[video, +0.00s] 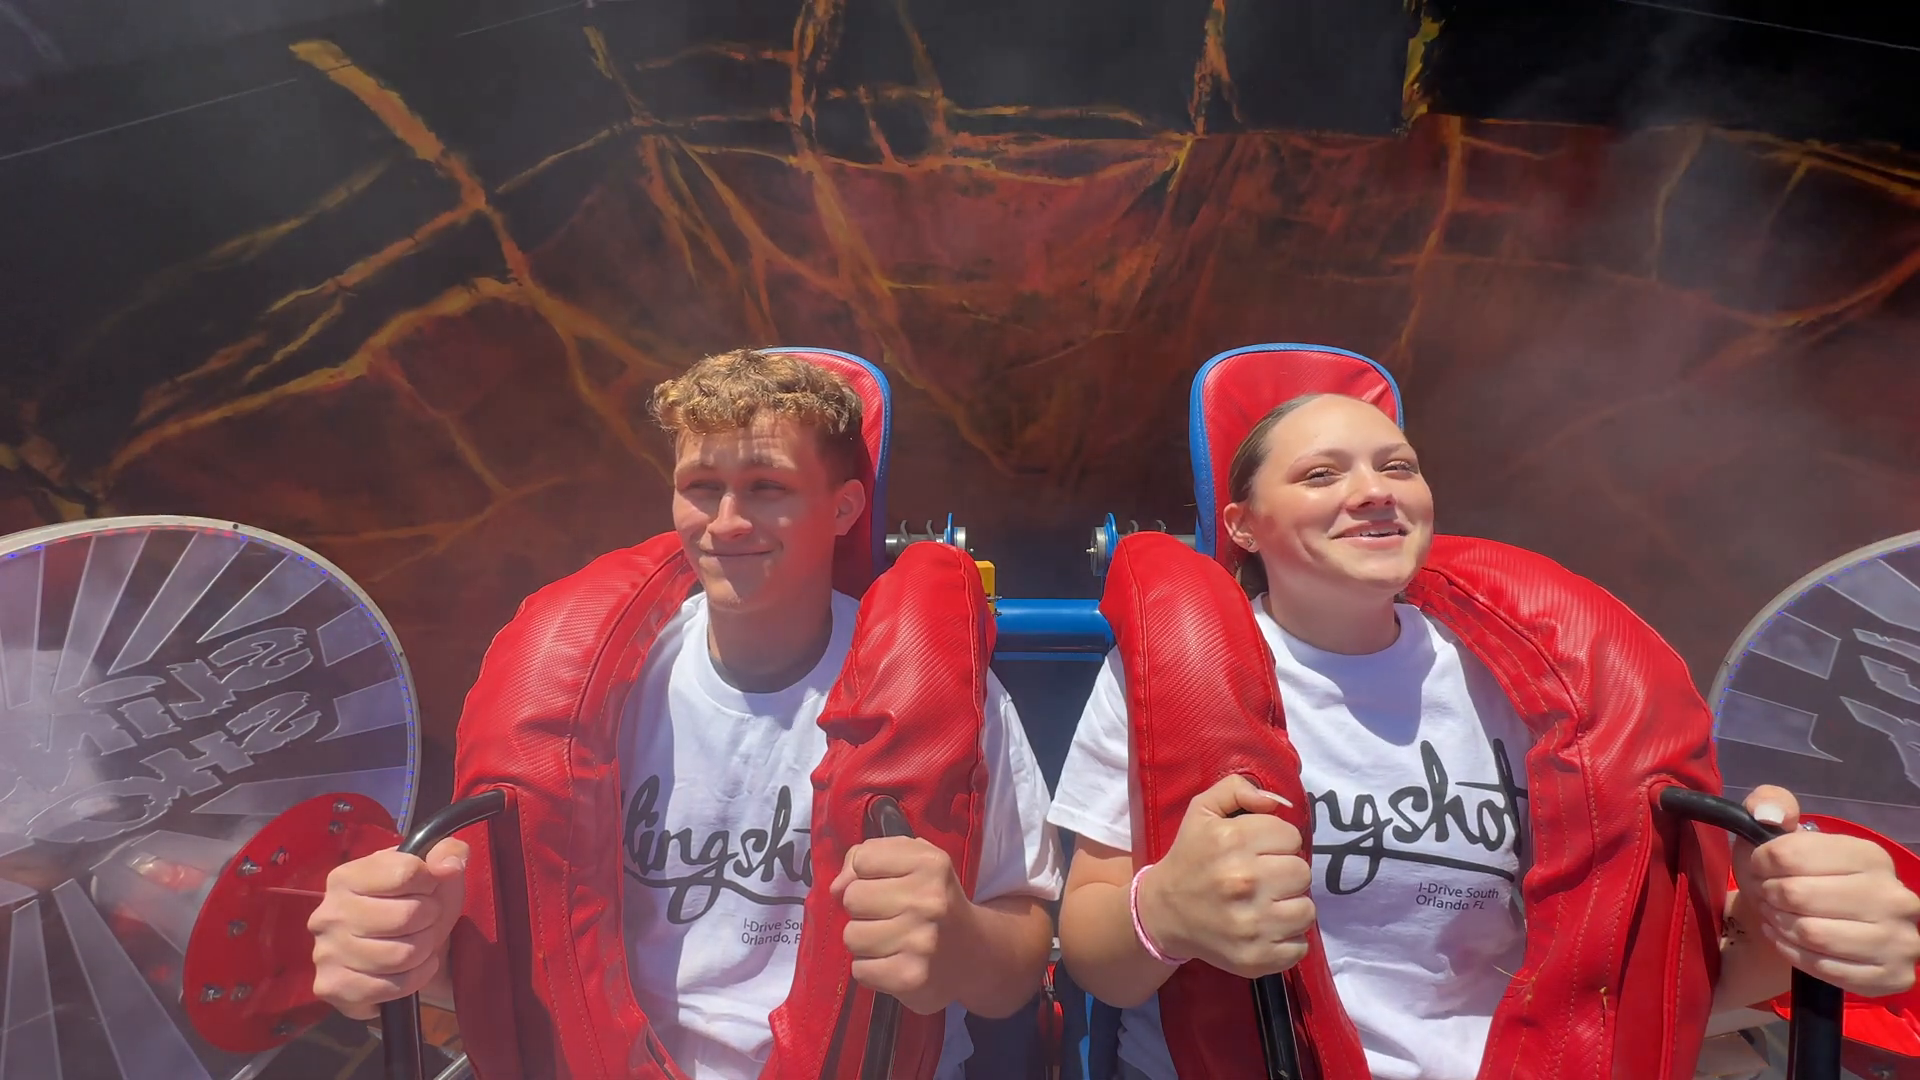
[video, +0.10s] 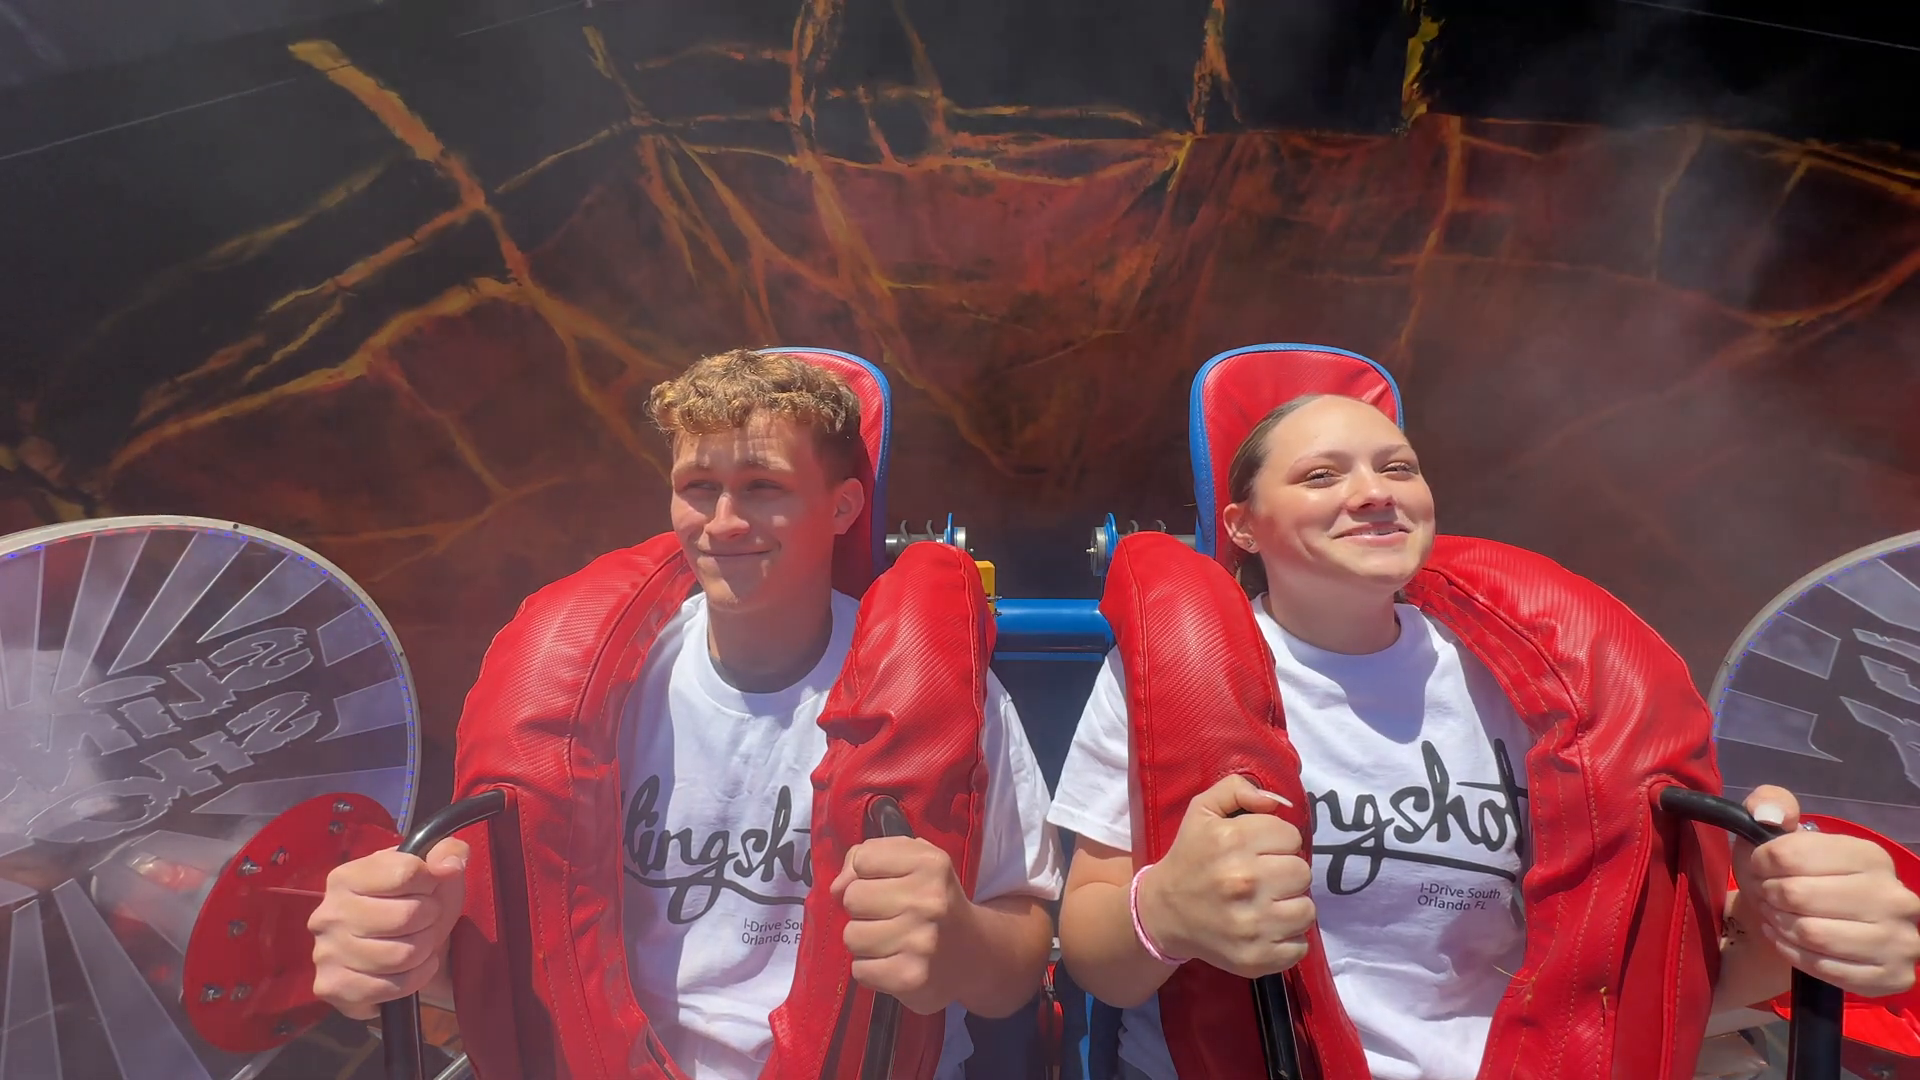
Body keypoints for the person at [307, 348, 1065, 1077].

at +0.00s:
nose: (726, 523)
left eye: (766, 491)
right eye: (703, 490)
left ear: (847, 507)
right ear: (672, 494)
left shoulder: (935, 688)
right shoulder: (586, 674)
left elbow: (1026, 955)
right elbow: (503, 926)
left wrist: (965, 949)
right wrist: (402, 942)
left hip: (839, 1063)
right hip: (616, 1058)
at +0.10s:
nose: (724, 523)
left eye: (763, 491)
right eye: (700, 490)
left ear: (845, 506)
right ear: (671, 494)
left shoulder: (935, 688)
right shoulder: (585, 673)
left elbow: (1024, 957)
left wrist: (964, 948)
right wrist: (402, 941)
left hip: (836, 1063)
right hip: (614, 1058)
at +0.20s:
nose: (724, 523)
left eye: (764, 491)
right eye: (700, 490)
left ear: (845, 505)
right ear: (671, 493)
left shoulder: (935, 688)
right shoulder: (584, 674)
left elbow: (1026, 954)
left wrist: (965, 948)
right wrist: (405, 942)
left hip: (838, 1063)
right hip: (615, 1059)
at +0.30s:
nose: (724, 523)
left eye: (764, 491)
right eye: (701, 489)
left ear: (846, 505)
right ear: (671, 494)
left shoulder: (936, 689)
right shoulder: (586, 672)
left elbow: (1025, 959)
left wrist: (965, 948)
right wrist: (401, 943)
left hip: (835, 1063)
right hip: (612, 1058)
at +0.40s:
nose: (725, 523)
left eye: (765, 491)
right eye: (702, 490)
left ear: (846, 506)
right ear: (672, 494)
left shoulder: (935, 688)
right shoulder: (586, 672)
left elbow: (1024, 959)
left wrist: (964, 948)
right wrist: (402, 943)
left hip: (835, 1063)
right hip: (613, 1058)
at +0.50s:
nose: (727, 523)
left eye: (766, 491)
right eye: (702, 490)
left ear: (846, 507)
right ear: (673, 494)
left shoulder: (935, 688)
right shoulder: (586, 672)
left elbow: (1024, 959)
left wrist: (964, 948)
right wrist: (403, 943)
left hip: (837, 1063)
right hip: (614, 1058)